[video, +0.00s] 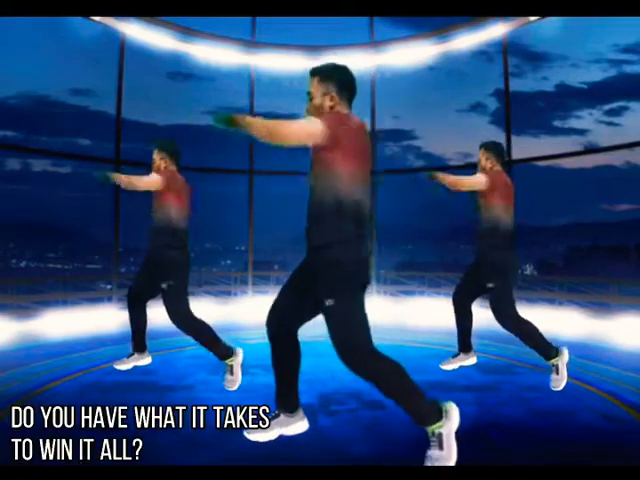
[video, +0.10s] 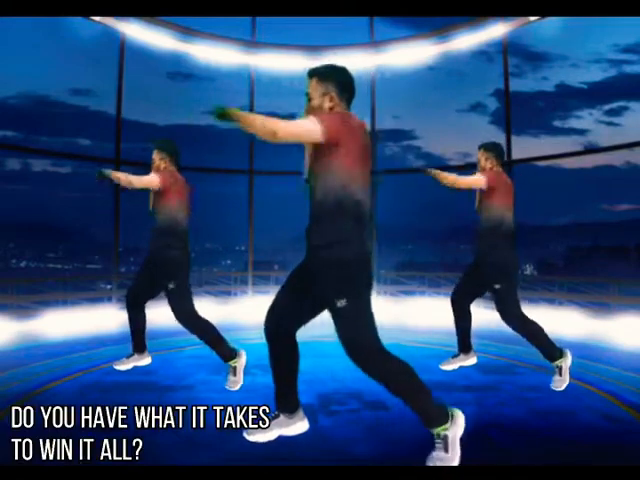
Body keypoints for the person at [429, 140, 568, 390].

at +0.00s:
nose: (479, 162)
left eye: (481, 158)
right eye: (480, 158)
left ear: (490, 160)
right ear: (497, 161)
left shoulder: (492, 178)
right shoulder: (502, 180)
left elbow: (457, 184)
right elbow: (464, 184)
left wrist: (440, 176)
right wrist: (443, 178)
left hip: (496, 259)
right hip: (493, 257)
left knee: (505, 316)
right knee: (461, 299)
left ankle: (555, 357)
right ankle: (465, 352)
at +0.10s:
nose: (478, 164)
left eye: (481, 160)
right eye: (478, 160)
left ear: (490, 160)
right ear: (495, 161)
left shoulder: (493, 178)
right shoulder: (500, 180)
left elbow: (456, 182)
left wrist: (436, 174)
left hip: (498, 259)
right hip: (491, 258)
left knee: (511, 315)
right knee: (459, 299)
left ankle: (559, 358)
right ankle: (465, 353)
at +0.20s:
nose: (474, 162)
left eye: (478, 158)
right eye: (473, 158)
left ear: (490, 158)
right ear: (479, 160)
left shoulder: (504, 179)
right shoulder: (479, 181)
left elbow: (500, 195)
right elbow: (470, 210)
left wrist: (479, 178)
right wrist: (469, 190)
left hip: (502, 255)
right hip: (483, 255)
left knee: (516, 310)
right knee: (461, 300)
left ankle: (558, 358)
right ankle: (465, 353)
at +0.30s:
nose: (474, 159)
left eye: (477, 154)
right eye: (474, 154)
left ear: (491, 154)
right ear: (483, 156)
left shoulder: (513, 179)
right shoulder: (482, 190)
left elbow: (518, 204)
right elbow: (463, 214)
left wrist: (496, 176)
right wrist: (456, 189)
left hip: (507, 256)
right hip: (483, 256)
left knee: (525, 309)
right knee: (464, 301)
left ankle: (548, 360)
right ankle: (465, 353)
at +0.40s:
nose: (480, 159)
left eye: (483, 154)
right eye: (479, 155)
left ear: (498, 155)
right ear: (482, 157)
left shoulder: (519, 180)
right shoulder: (481, 189)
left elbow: (527, 206)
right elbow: (459, 215)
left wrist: (503, 178)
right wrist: (453, 188)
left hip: (514, 258)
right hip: (485, 259)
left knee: (533, 311)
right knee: (466, 305)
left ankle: (543, 361)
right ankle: (465, 353)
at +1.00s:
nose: (494, 168)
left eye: (499, 162)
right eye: (489, 163)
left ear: (508, 165)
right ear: (484, 167)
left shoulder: (522, 192)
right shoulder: (479, 197)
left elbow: (534, 223)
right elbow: (462, 226)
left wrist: (513, 196)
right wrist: (454, 202)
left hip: (517, 269)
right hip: (486, 268)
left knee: (535, 320)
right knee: (456, 307)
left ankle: (543, 363)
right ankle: (464, 353)